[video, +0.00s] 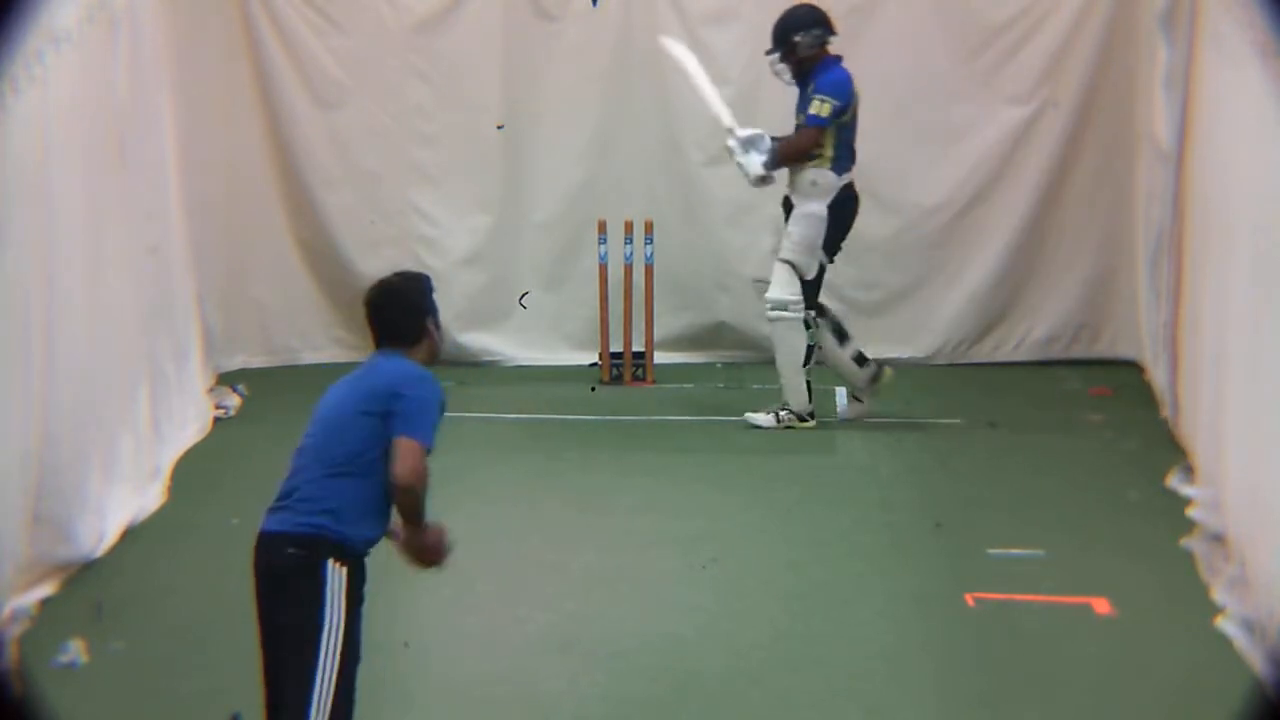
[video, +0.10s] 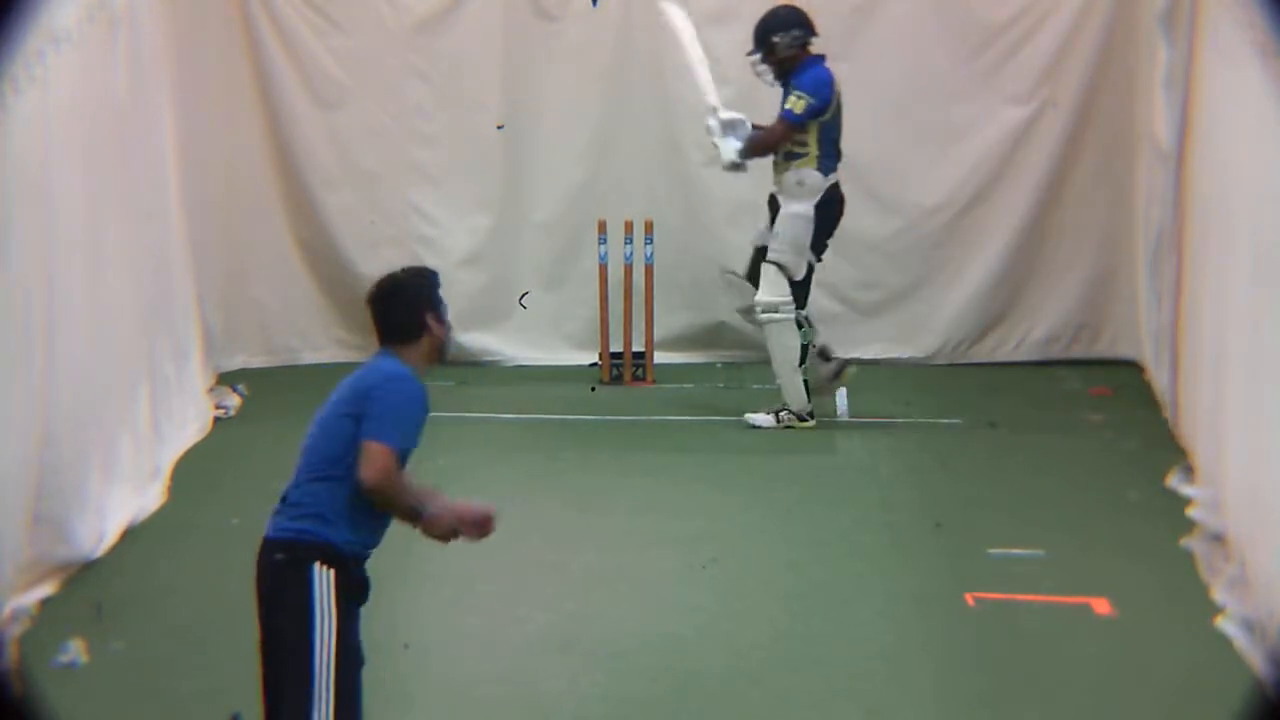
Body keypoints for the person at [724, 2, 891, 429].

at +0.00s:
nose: (782, 61)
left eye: (786, 52)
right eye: (781, 54)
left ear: (806, 45)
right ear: (811, 46)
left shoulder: (831, 82)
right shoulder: (815, 81)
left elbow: (809, 142)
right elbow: (807, 139)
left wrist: (767, 161)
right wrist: (767, 143)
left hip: (824, 200)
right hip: (807, 197)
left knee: (784, 300)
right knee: (796, 300)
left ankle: (797, 409)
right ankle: (863, 375)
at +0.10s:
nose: (763, 62)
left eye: (767, 53)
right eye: (761, 54)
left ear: (790, 46)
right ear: (796, 46)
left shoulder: (812, 81)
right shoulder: (800, 80)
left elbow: (776, 137)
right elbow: (781, 136)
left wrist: (738, 143)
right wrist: (743, 135)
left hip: (809, 202)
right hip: (793, 199)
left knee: (774, 303)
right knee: (761, 289)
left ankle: (797, 410)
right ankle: (823, 363)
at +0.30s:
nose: (728, 63)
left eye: (731, 53)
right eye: (726, 56)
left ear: (752, 45)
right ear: (755, 45)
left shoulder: (777, 74)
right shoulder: (760, 81)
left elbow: (716, 108)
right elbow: (747, 140)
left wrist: (681, 117)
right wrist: (700, 119)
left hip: (784, 204)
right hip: (757, 201)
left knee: (761, 300)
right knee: (726, 293)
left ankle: (797, 409)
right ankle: (705, 392)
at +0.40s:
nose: (708, 64)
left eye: (711, 55)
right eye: (706, 57)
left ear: (731, 48)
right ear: (735, 49)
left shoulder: (762, 73)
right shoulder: (738, 89)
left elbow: (703, 89)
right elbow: (726, 152)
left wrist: (660, 99)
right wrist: (683, 128)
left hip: (768, 205)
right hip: (738, 204)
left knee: (748, 302)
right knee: (706, 296)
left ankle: (796, 407)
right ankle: (691, 398)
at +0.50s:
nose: (696, 63)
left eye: (699, 55)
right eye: (693, 57)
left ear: (716, 48)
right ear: (710, 57)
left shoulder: (751, 75)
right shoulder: (714, 99)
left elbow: (696, 71)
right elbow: (704, 162)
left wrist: (650, 84)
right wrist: (664, 130)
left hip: (750, 204)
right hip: (719, 205)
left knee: (729, 300)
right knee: (682, 294)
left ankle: (792, 400)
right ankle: (688, 399)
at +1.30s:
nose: (688, 44)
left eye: (697, 35)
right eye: (680, 35)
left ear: (713, 36)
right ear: (668, 37)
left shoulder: (730, 81)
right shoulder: (664, 86)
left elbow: (751, 137)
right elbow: (649, 151)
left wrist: (701, 136)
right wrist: (650, 136)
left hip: (709, 198)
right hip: (670, 197)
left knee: (698, 294)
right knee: (668, 297)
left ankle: (746, 397)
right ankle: (686, 398)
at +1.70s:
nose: (703, 56)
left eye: (713, 48)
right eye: (697, 48)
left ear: (731, 46)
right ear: (688, 44)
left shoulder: (743, 82)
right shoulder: (694, 85)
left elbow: (749, 144)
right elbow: (687, 139)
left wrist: (695, 163)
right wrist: (667, 137)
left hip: (729, 201)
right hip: (692, 199)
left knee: (719, 297)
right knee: (667, 294)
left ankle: (749, 401)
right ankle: (686, 395)